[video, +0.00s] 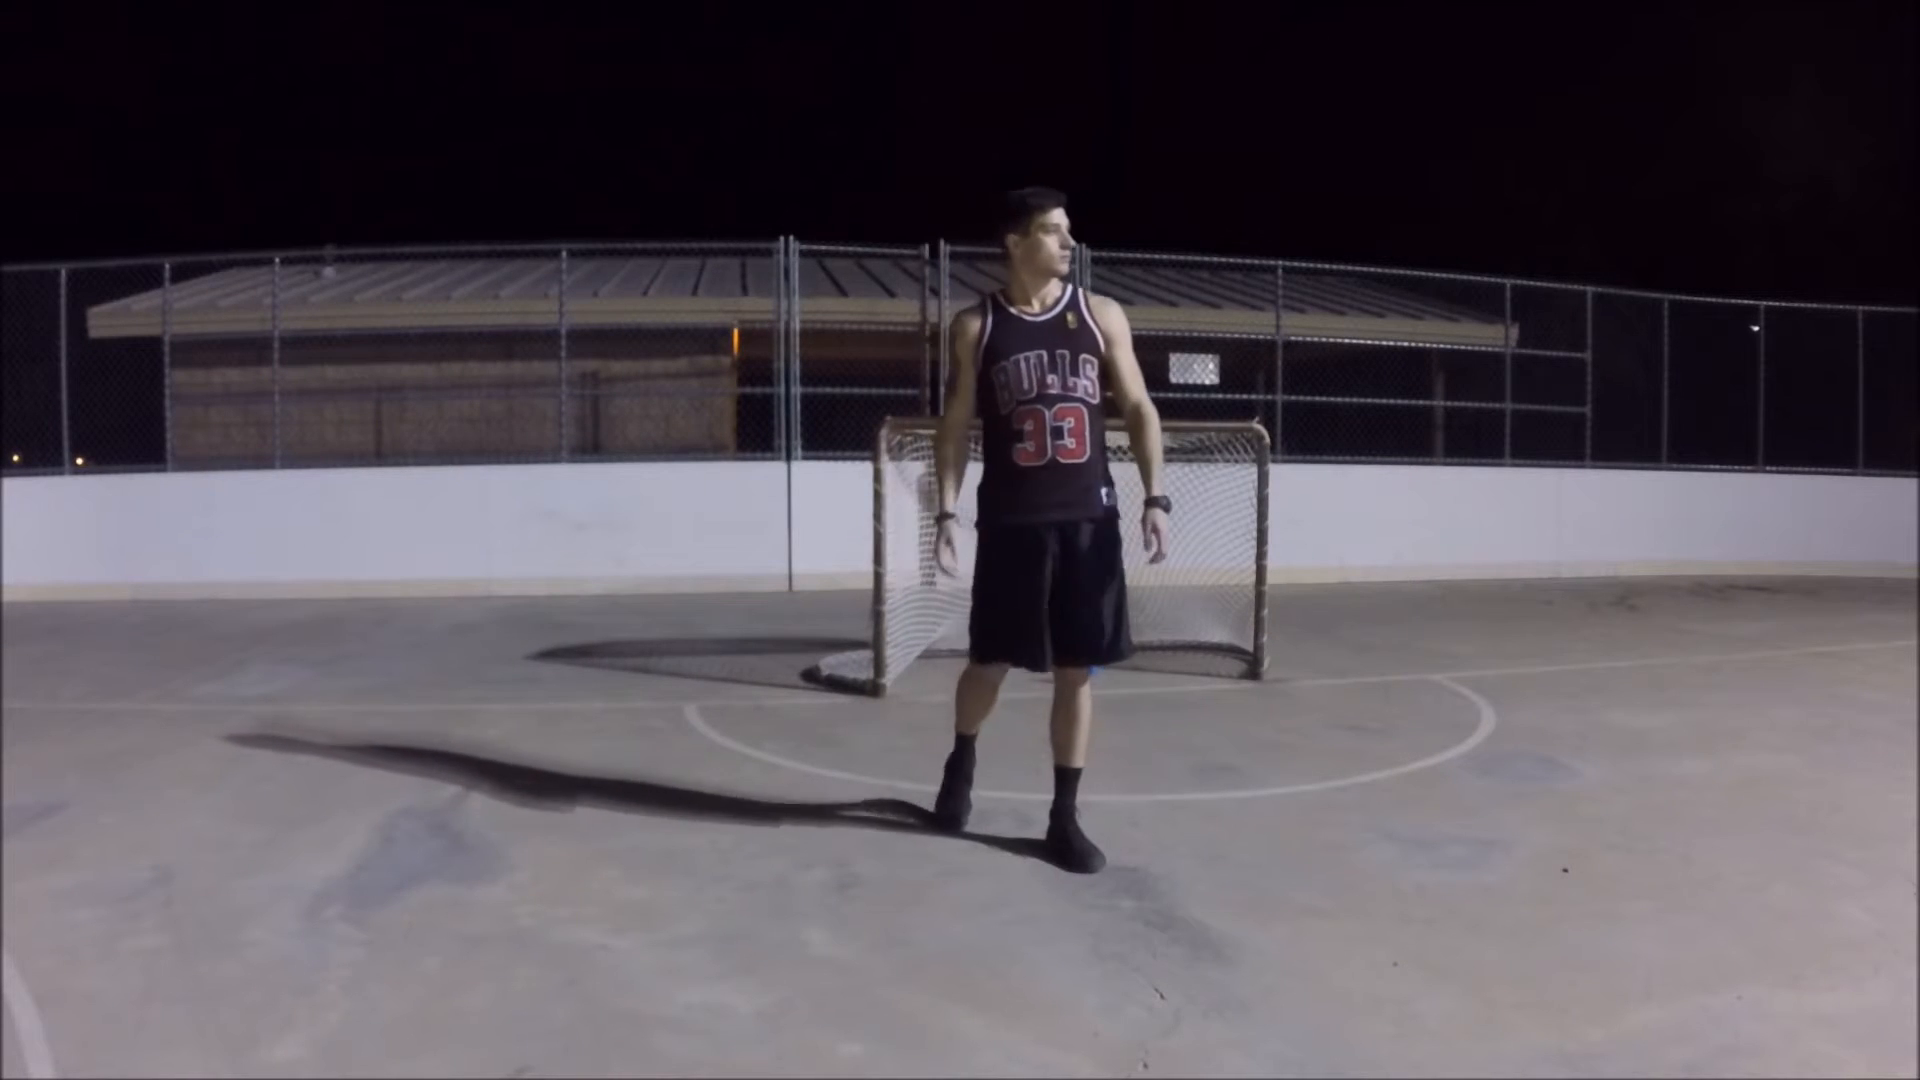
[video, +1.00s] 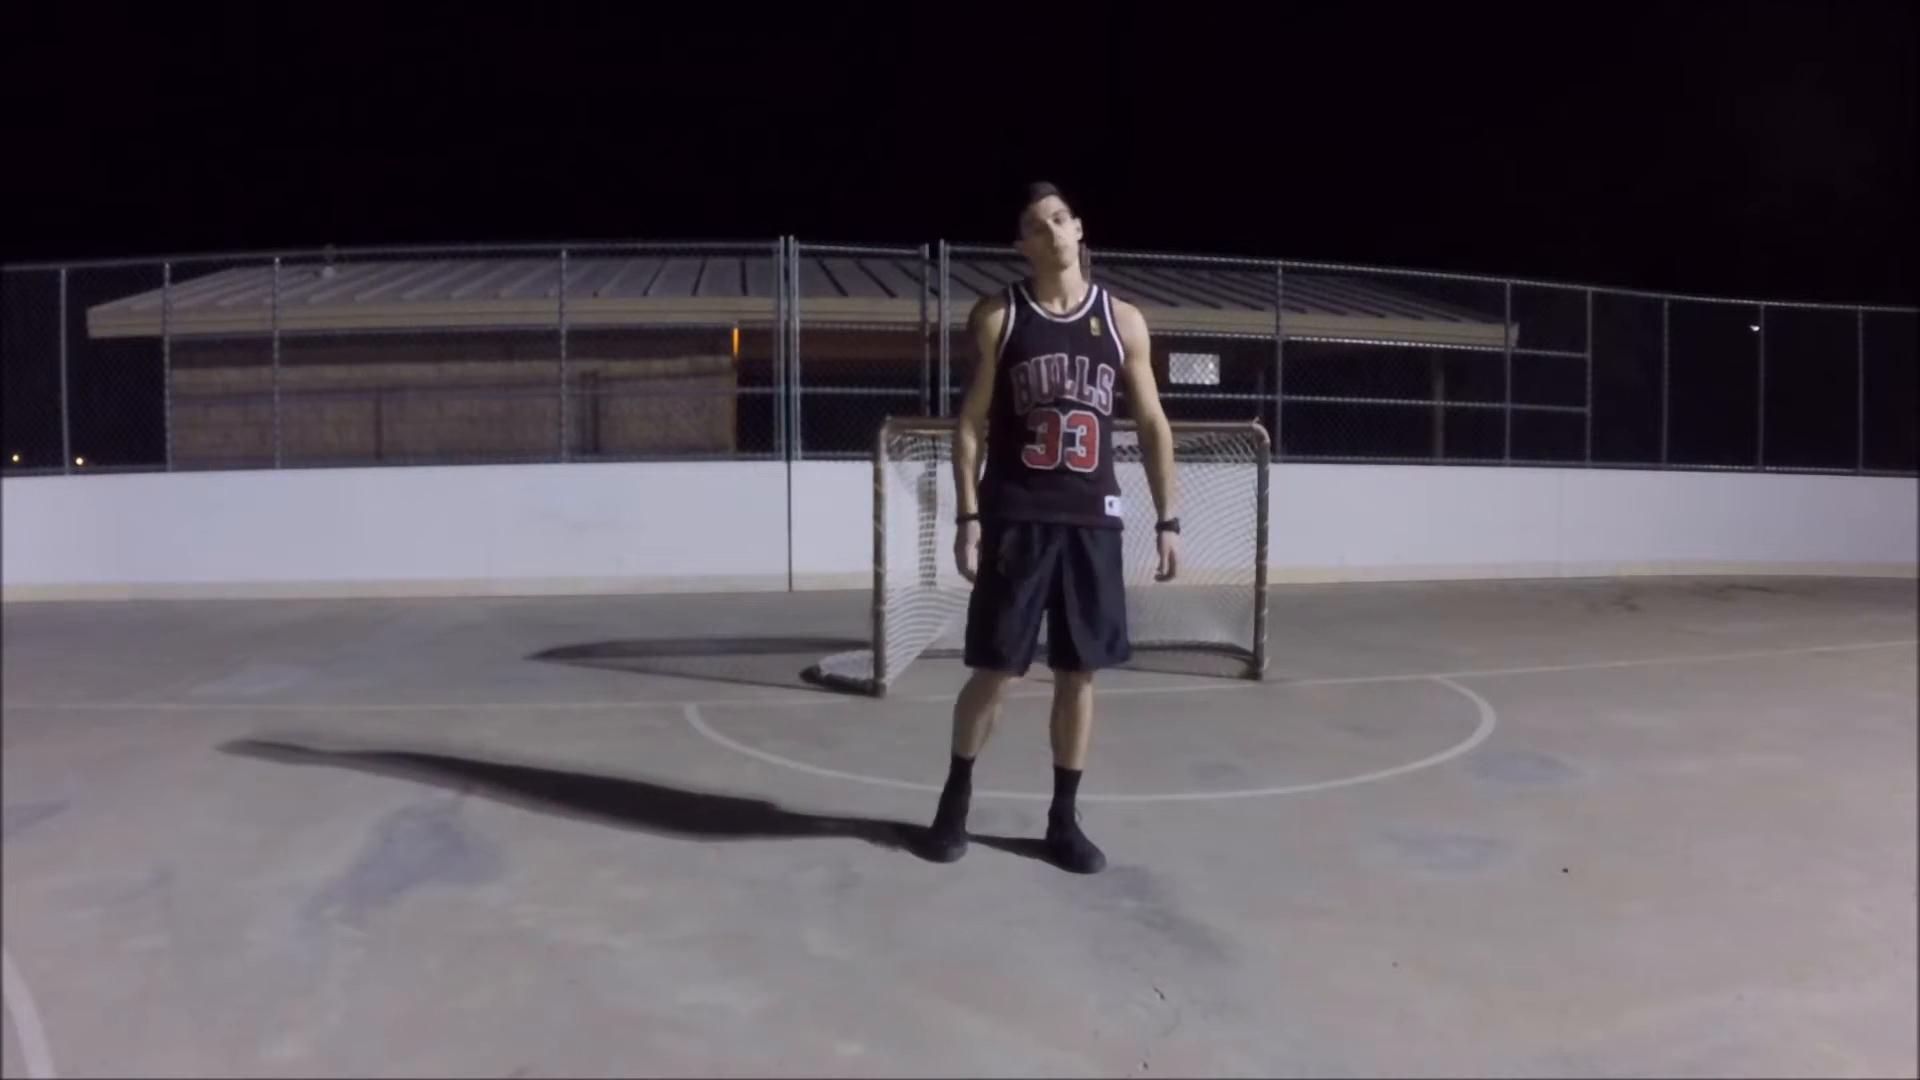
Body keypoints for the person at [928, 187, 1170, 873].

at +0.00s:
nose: (1067, 241)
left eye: (1067, 231)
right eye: (1054, 232)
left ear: (1064, 243)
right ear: (1014, 243)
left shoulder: (1103, 315)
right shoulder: (976, 326)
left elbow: (1139, 408)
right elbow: (956, 423)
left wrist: (1155, 495)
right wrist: (944, 508)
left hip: (1088, 522)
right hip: (1011, 524)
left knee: (1076, 668)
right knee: (989, 662)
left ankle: (1065, 818)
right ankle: (960, 764)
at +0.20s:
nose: (1080, 239)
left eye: (1081, 229)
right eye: (1065, 230)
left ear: (1083, 240)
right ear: (1028, 242)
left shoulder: (1120, 314)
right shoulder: (994, 325)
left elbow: (1155, 408)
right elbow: (977, 424)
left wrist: (1148, 479)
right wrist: (990, 492)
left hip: (1098, 515)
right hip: (1025, 517)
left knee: (1081, 673)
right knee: (1015, 670)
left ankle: (1066, 818)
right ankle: (1001, 770)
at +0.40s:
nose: (1087, 233)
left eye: (1088, 224)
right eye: (1071, 226)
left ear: (1093, 237)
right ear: (1035, 241)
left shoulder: (1129, 315)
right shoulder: (1004, 324)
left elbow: (1151, 415)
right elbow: (985, 428)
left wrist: (1127, 494)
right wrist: (1000, 507)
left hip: (1105, 513)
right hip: (1033, 516)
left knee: (1085, 672)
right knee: (1038, 671)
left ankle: (1067, 816)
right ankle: (1044, 780)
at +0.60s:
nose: (1084, 235)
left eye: (1088, 226)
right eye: (1069, 228)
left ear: (1097, 237)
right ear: (1036, 241)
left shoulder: (1133, 318)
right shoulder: (1008, 324)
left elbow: (1154, 425)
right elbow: (987, 431)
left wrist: (1141, 519)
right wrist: (978, 527)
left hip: (1111, 520)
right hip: (1037, 520)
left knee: (1090, 673)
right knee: (1045, 673)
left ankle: (1065, 820)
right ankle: (1017, 721)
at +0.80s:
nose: (1071, 238)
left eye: (1078, 226)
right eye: (1056, 230)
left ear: (1094, 235)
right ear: (1035, 245)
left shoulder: (1133, 321)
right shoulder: (1009, 321)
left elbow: (1160, 426)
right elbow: (975, 425)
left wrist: (1172, 520)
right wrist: (965, 521)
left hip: (1106, 522)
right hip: (1030, 520)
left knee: (1084, 674)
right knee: (1024, 671)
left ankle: (1065, 820)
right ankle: (987, 721)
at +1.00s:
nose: (1052, 230)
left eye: (1059, 219)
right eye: (1037, 225)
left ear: (1081, 232)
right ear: (1021, 247)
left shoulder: (1124, 320)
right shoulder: (999, 316)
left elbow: (1152, 423)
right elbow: (970, 423)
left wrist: (1167, 521)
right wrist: (968, 515)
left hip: (1093, 524)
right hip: (1016, 522)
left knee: (1079, 673)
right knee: (994, 674)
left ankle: (1064, 820)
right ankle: (955, 799)